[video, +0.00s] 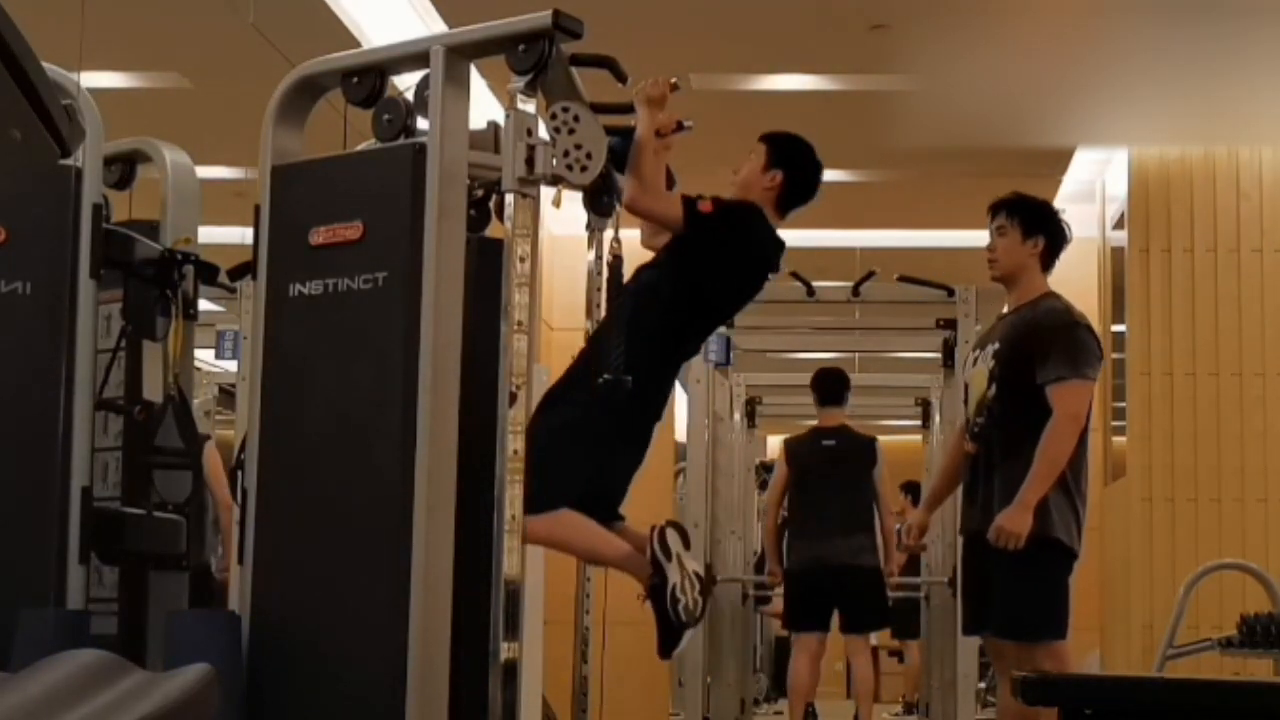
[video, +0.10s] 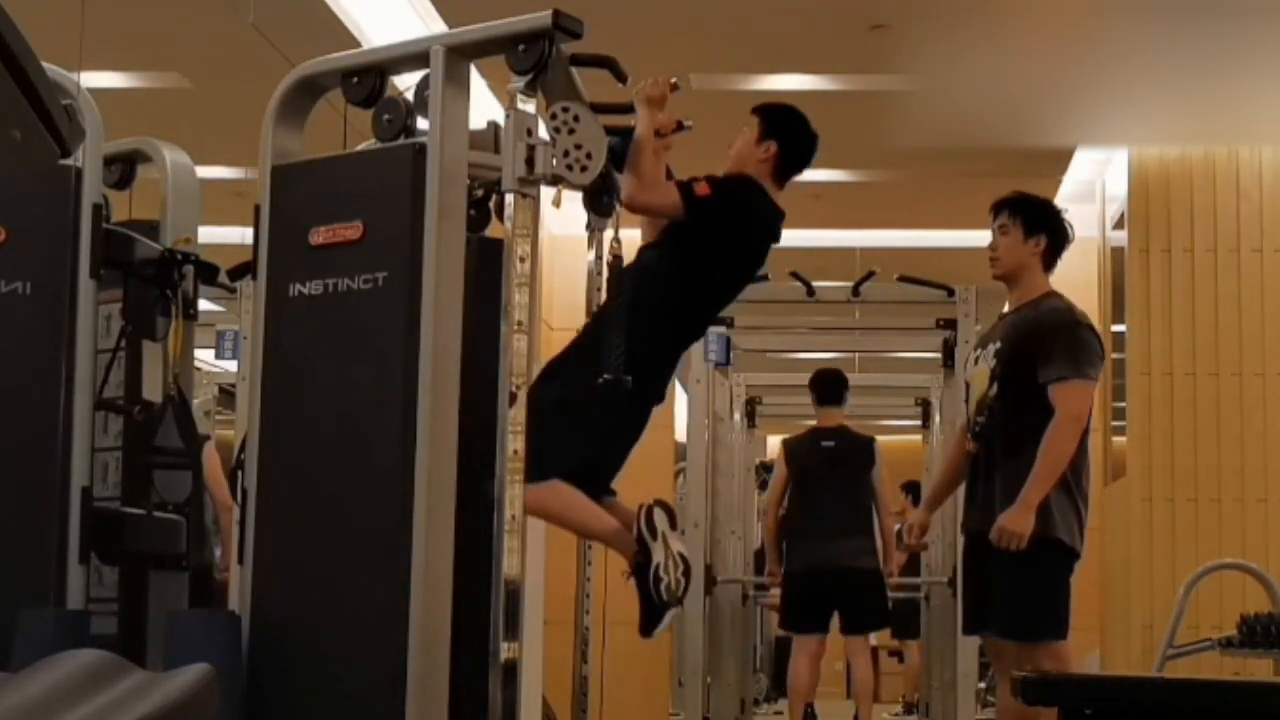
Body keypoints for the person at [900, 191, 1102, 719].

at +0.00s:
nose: (988, 246)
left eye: (1000, 235)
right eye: (989, 236)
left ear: (1037, 245)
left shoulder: (1060, 323)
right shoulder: (994, 334)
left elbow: (1071, 417)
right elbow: (970, 432)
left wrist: (1025, 503)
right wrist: (926, 507)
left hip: (1036, 525)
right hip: (992, 523)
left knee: (1042, 666)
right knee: (1005, 661)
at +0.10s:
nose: (990, 245)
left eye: (1002, 234)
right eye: (991, 234)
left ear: (1039, 244)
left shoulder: (1062, 322)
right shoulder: (997, 333)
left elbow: (1073, 417)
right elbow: (972, 432)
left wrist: (1027, 504)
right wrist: (926, 506)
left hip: (1038, 524)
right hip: (993, 522)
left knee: (1044, 663)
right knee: (1004, 659)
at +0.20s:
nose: (991, 243)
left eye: (1004, 232)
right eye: (992, 233)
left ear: (1041, 244)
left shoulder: (1063, 321)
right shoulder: (1000, 331)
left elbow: (1075, 415)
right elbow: (975, 430)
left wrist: (1029, 503)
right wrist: (927, 505)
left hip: (1039, 523)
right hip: (994, 521)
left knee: (1047, 661)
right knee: (1004, 658)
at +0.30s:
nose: (992, 243)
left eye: (1005, 232)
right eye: (993, 233)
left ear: (1041, 244)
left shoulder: (1064, 321)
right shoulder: (1003, 329)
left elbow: (1078, 416)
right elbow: (978, 430)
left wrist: (1031, 503)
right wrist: (930, 506)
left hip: (1041, 524)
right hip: (996, 522)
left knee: (1051, 661)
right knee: (1005, 658)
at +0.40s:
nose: (993, 243)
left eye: (1006, 232)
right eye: (993, 233)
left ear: (1042, 244)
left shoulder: (1066, 321)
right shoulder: (1003, 330)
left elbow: (1081, 417)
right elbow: (979, 431)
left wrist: (1035, 503)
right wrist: (932, 508)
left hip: (1043, 523)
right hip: (996, 521)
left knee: (1054, 662)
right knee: (1006, 658)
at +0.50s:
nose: (993, 243)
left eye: (1006, 232)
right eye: (994, 233)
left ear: (1042, 244)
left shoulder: (1066, 320)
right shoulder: (1007, 331)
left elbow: (1084, 416)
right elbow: (981, 432)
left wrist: (1038, 505)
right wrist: (936, 510)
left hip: (1044, 523)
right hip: (997, 520)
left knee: (1056, 660)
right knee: (1002, 658)